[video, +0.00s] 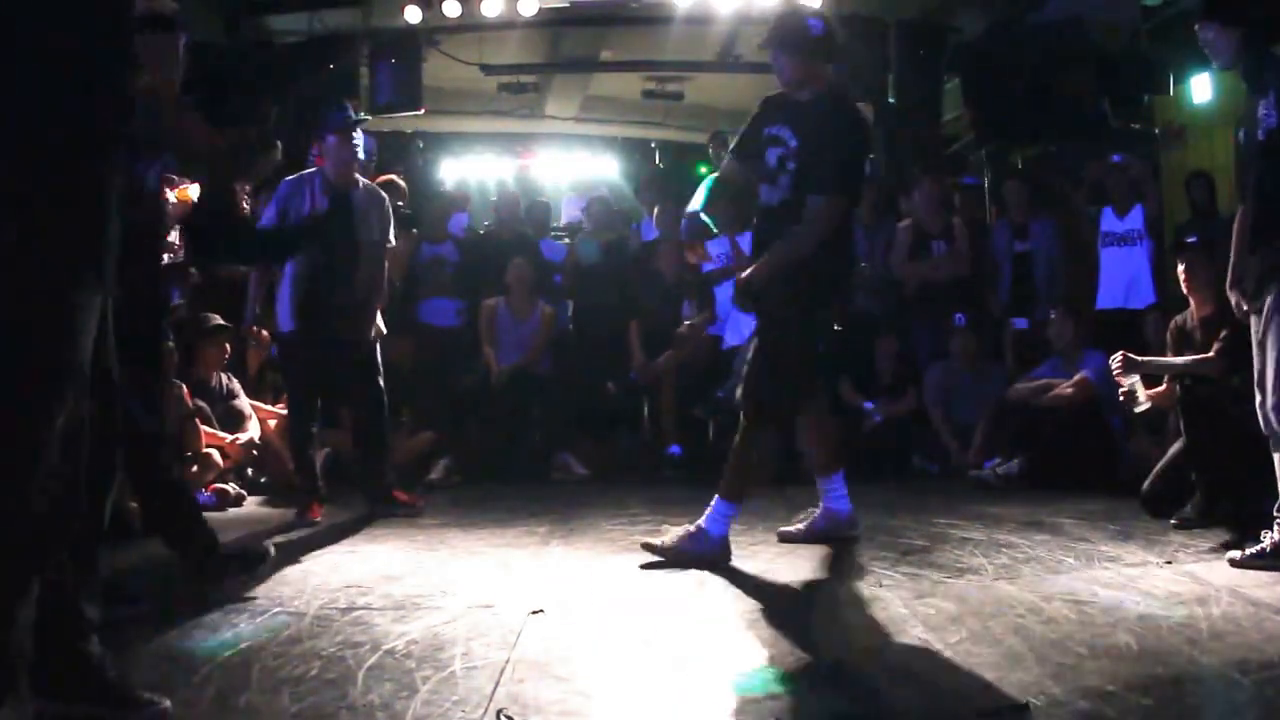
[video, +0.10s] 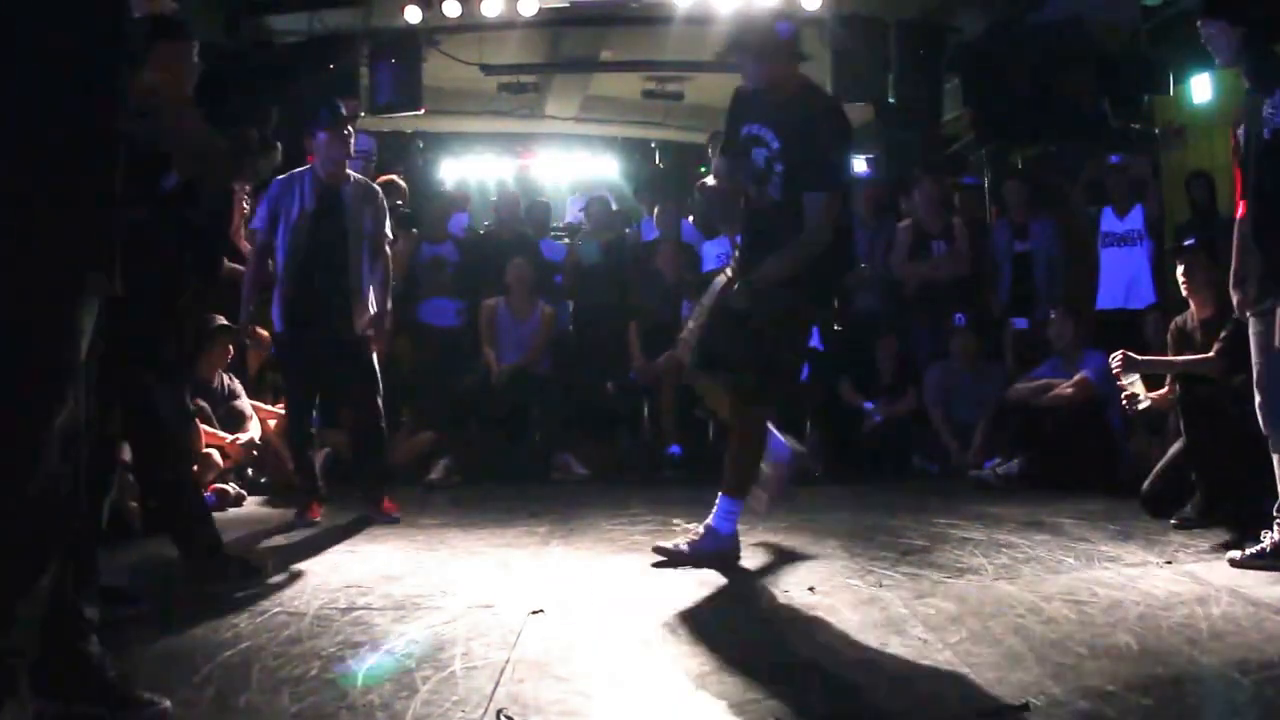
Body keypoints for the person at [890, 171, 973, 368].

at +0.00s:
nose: (930, 203)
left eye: (934, 196)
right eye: (924, 197)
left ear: (941, 199)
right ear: (914, 200)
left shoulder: (956, 227)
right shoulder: (905, 229)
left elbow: (962, 265)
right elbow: (899, 269)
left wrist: (921, 275)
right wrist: (943, 266)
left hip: (953, 297)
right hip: (919, 299)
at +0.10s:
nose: (928, 203)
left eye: (932, 197)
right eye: (923, 197)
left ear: (940, 199)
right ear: (914, 200)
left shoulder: (956, 227)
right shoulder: (906, 229)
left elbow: (962, 265)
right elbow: (899, 268)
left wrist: (921, 275)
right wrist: (941, 267)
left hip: (952, 297)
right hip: (919, 299)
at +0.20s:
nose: (929, 205)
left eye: (934, 199)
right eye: (924, 198)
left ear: (941, 201)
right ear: (915, 201)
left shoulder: (956, 227)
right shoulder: (905, 229)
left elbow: (962, 265)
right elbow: (899, 269)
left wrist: (923, 274)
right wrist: (940, 266)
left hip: (952, 293)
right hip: (918, 295)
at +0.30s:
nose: (928, 204)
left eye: (933, 197)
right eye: (923, 197)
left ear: (941, 199)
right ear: (913, 201)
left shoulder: (956, 227)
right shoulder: (905, 229)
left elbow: (962, 266)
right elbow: (899, 269)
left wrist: (921, 274)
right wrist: (942, 267)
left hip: (951, 296)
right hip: (917, 297)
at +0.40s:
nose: (929, 206)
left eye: (933, 199)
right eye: (923, 200)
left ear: (941, 200)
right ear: (913, 202)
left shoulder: (956, 226)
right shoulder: (905, 230)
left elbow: (962, 266)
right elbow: (899, 269)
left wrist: (920, 273)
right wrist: (943, 268)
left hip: (953, 297)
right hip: (918, 298)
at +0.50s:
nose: (929, 206)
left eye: (933, 199)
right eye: (924, 200)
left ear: (942, 201)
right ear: (916, 202)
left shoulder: (957, 226)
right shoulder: (906, 229)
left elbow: (962, 266)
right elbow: (898, 269)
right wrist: (939, 268)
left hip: (953, 295)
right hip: (918, 297)